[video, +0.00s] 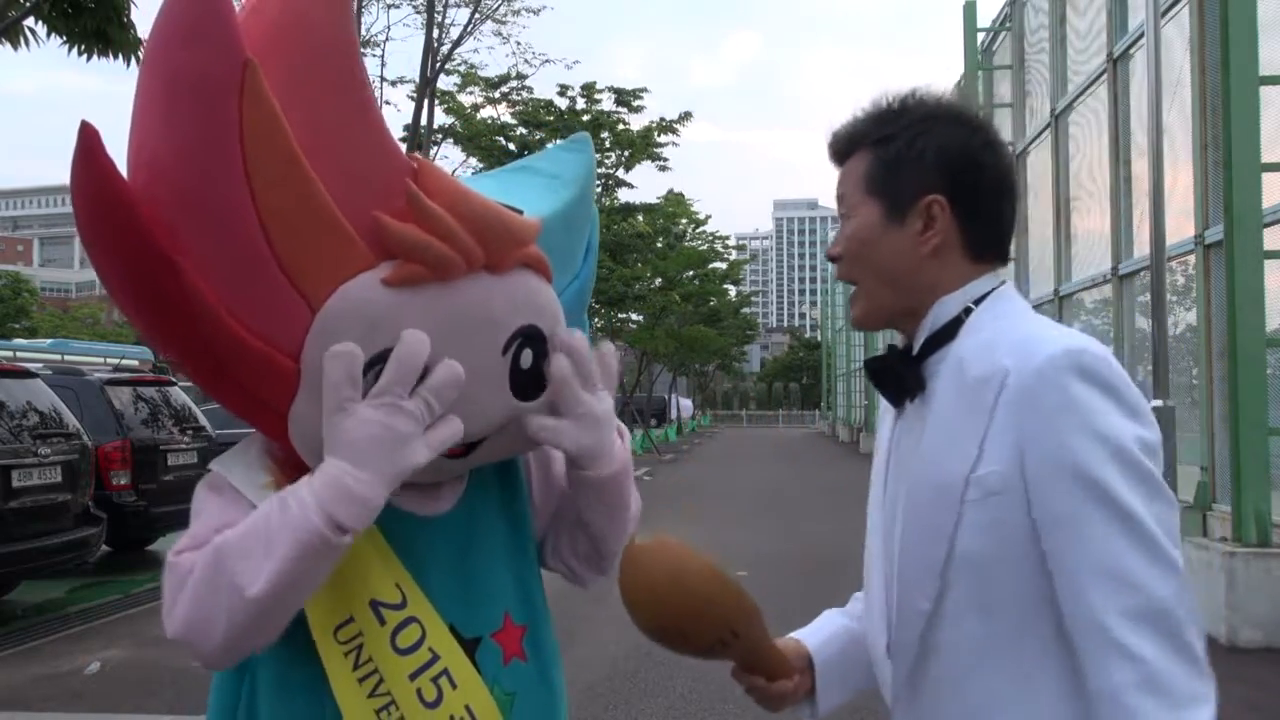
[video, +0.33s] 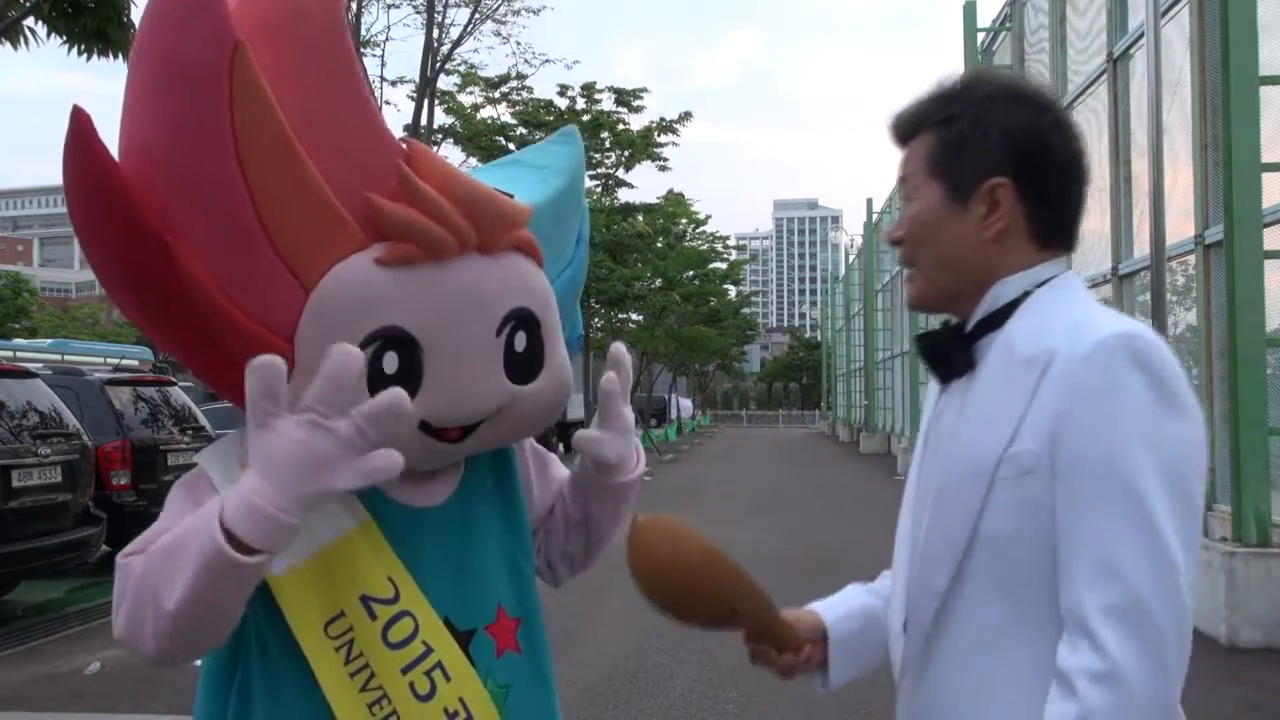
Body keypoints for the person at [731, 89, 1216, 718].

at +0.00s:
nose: (833, 251)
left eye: (845, 218)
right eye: (837, 222)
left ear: (928, 223)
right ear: (927, 226)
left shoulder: (1055, 374)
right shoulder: (911, 389)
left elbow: (1151, 673)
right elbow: (910, 598)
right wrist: (815, 659)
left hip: (1031, 711)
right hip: (927, 709)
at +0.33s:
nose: (893, 232)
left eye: (908, 198)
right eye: (899, 202)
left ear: (992, 207)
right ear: (992, 210)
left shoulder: (1109, 361)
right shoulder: (967, 365)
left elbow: (1123, 669)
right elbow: (945, 579)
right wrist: (828, 630)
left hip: (1016, 705)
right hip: (930, 703)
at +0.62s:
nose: (979, 226)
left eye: (996, 190)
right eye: (985, 194)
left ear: (1090, 203)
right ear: (1085, 205)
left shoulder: (1159, 373)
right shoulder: (1074, 354)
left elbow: (1131, 691)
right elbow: (931, 458)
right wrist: (800, 379)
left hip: (1011, 708)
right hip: (934, 696)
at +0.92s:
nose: (993, 223)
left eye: (1011, 189)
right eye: (1002, 191)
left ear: (1109, 204)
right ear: (1108, 207)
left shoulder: (1149, 389)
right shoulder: (1085, 347)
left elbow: (1141, 700)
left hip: (985, 704)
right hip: (923, 694)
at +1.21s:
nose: (948, 196)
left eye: (962, 159)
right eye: (954, 161)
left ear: (1060, 182)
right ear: (1057, 184)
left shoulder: (1202, 387)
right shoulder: (976, 306)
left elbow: (1218, 705)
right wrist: (786, 250)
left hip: (1083, 707)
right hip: (947, 698)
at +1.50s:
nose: (1093, 206)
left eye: (1120, 167)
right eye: (1103, 169)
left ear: (1232, 193)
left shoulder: (1265, 395)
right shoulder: (1102, 330)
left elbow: (1261, 694)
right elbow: (957, 385)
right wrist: (790, 346)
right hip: (943, 690)